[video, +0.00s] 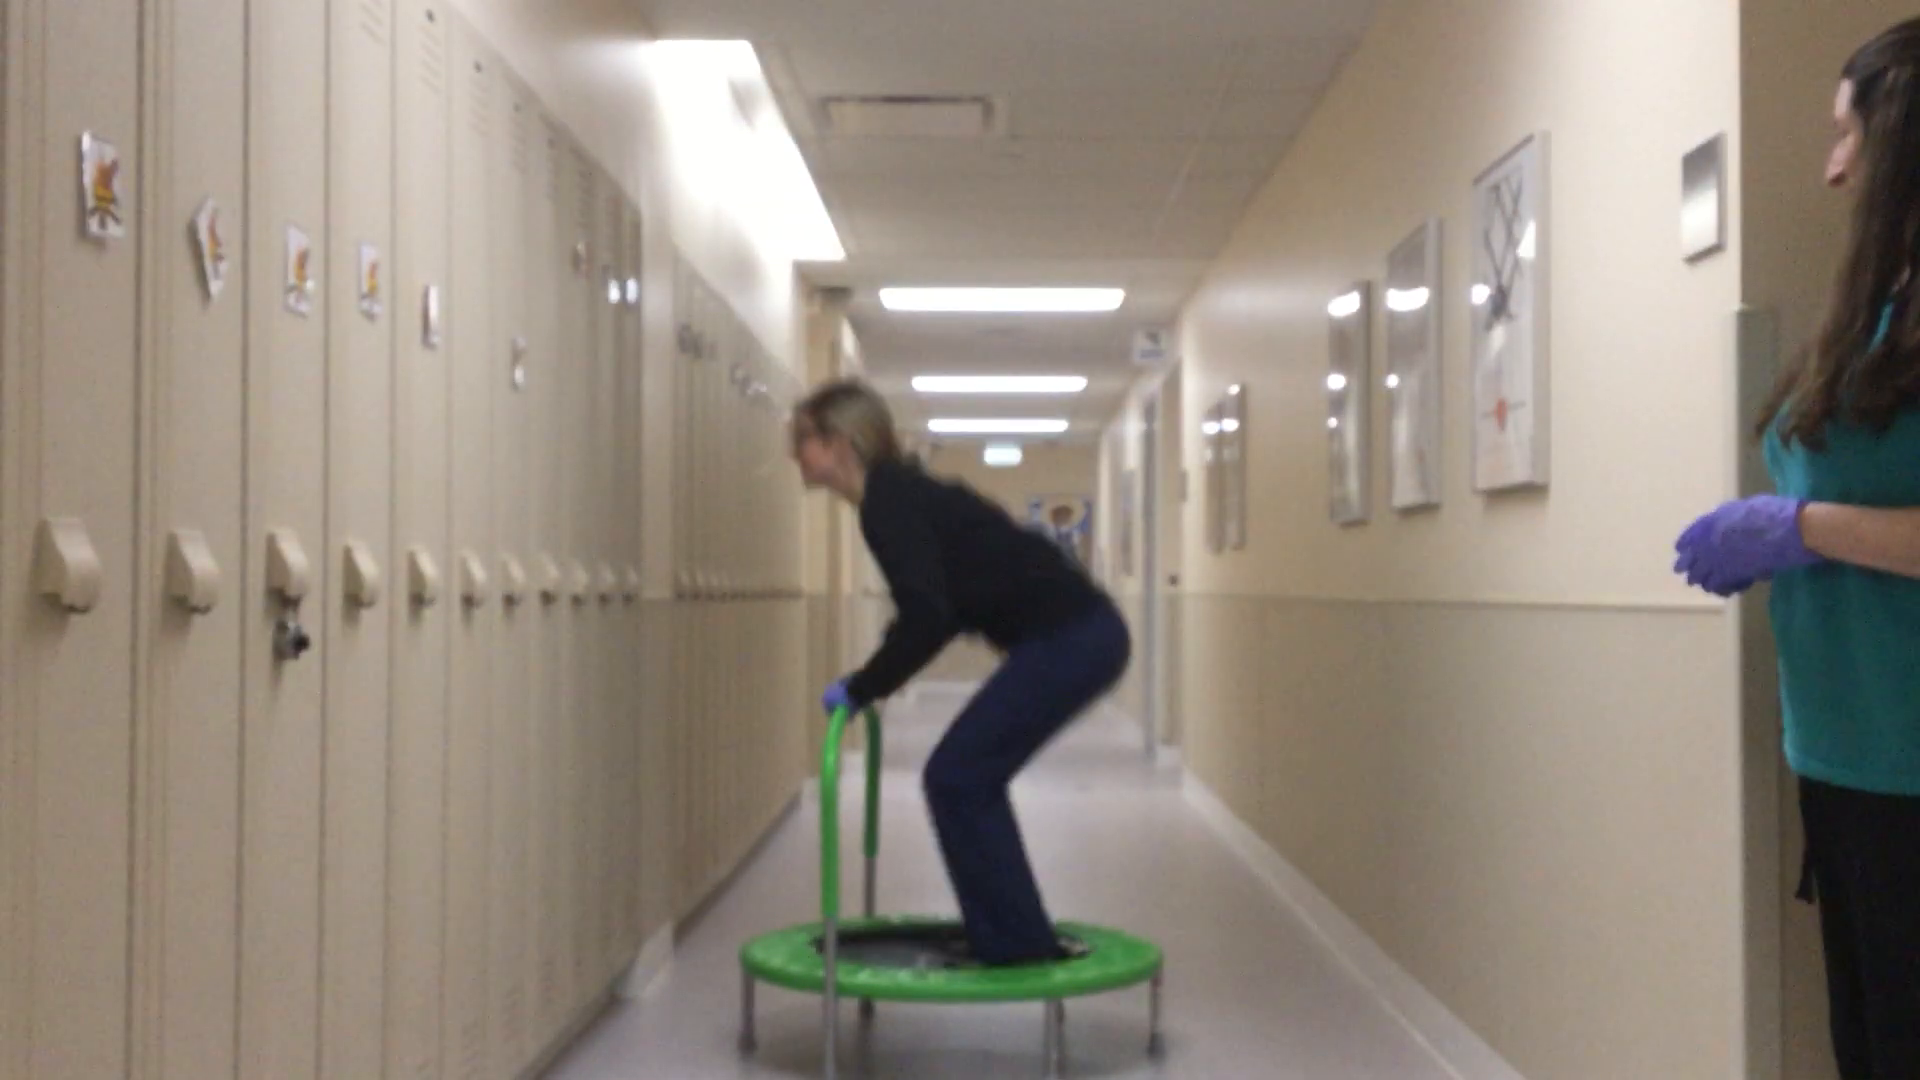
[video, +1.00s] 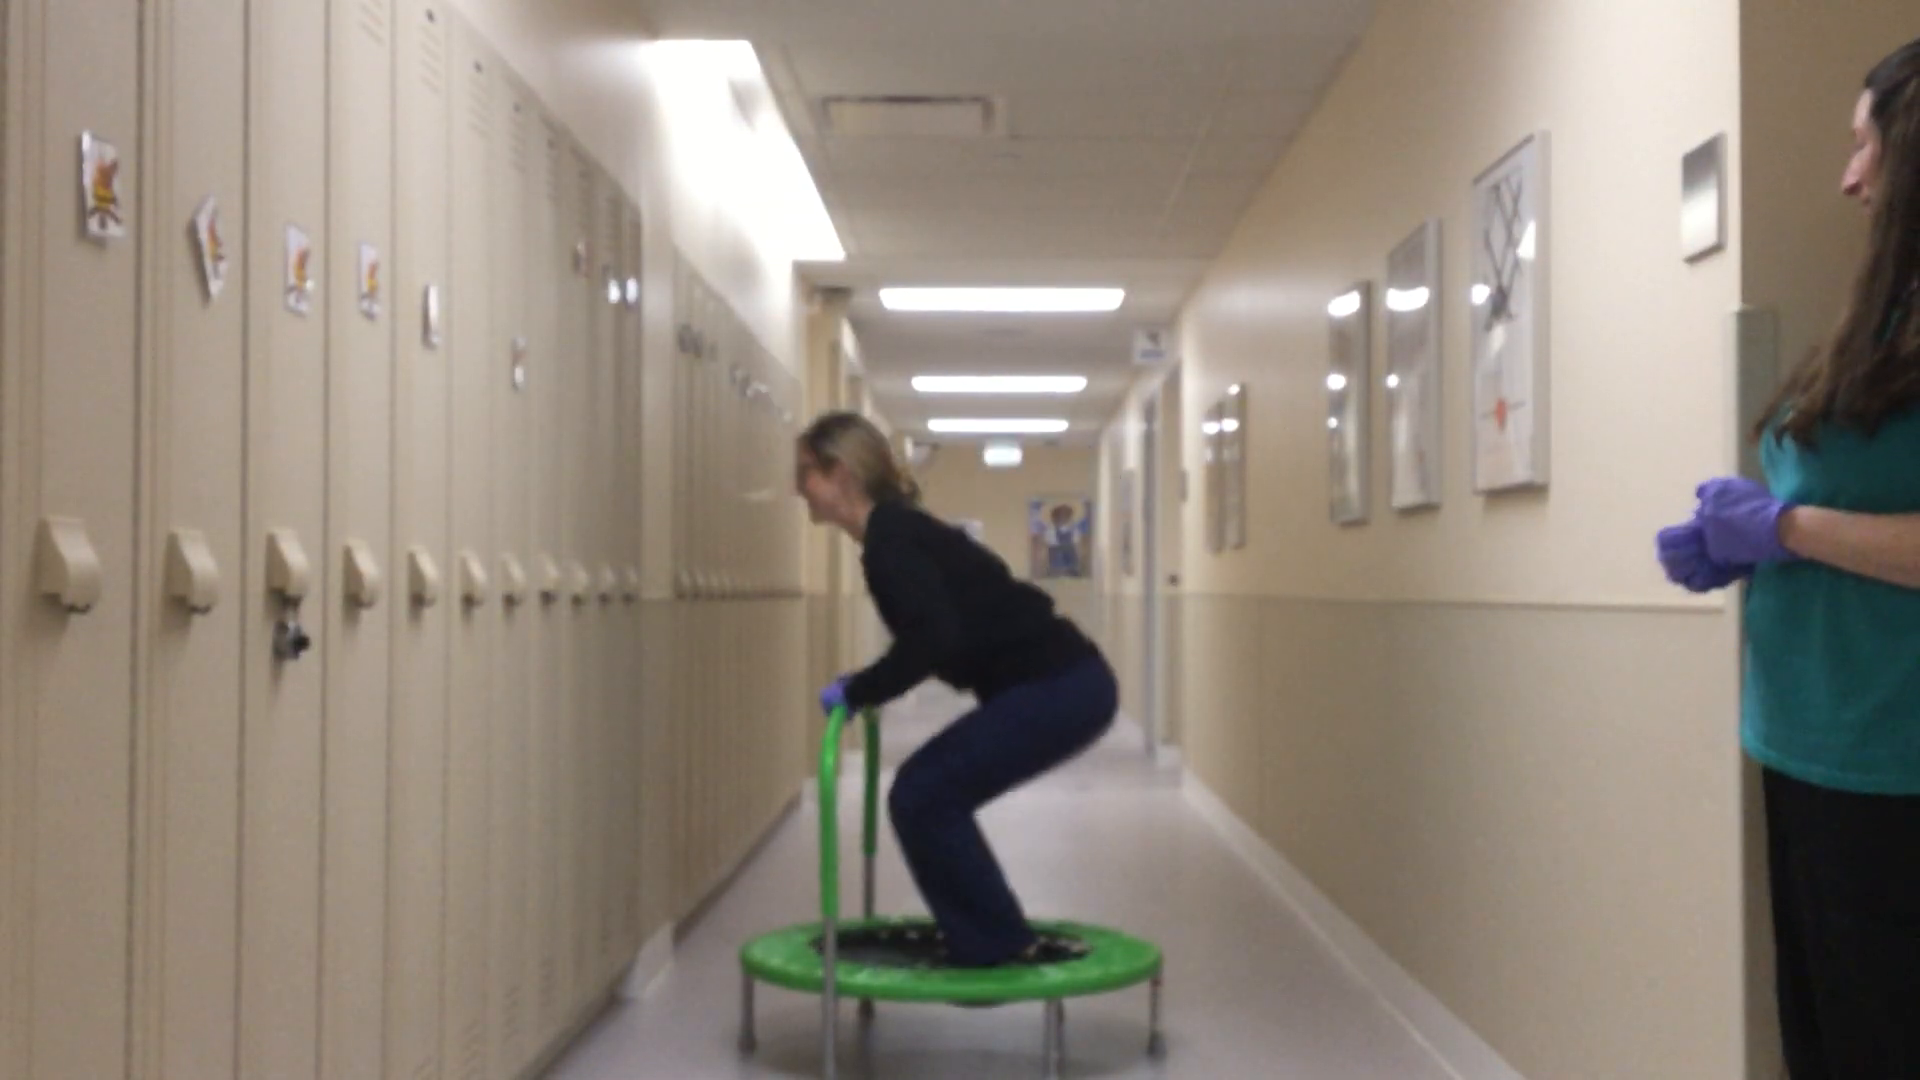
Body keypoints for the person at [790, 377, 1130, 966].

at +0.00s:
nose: (796, 458)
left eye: (802, 443)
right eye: (796, 444)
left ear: (836, 446)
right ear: (841, 446)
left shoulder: (892, 500)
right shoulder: (895, 496)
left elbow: (932, 616)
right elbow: (934, 614)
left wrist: (864, 686)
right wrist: (865, 682)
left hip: (1073, 640)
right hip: (1076, 636)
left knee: (955, 776)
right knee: (966, 776)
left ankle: (1012, 942)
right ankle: (1016, 937)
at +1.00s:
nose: (798, 488)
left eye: (805, 473)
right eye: (799, 473)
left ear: (839, 475)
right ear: (841, 477)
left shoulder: (894, 538)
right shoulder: (891, 536)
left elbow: (931, 641)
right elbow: (928, 641)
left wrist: (858, 691)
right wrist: (861, 687)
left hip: (1064, 688)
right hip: (1056, 685)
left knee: (922, 795)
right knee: (919, 792)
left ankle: (993, 943)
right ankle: (987, 937)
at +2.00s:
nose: (839, 497)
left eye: (845, 481)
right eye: (840, 482)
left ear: (878, 482)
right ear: (881, 483)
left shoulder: (933, 550)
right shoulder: (927, 549)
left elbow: (975, 662)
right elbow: (970, 663)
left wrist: (892, 705)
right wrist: (894, 698)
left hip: (1095, 707)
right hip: (1082, 703)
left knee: (943, 790)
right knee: (937, 787)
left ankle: (1018, 937)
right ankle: (999, 935)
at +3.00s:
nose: (862, 442)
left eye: (859, 426)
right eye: (854, 432)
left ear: (888, 404)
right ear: (894, 406)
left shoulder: (954, 463)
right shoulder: (951, 459)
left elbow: (979, 589)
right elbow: (977, 590)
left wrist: (916, 679)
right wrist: (916, 675)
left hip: (1094, 644)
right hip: (1086, 641)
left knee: (963, 767)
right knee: (961, 765)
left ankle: (1011, 937)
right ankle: (1002, 932)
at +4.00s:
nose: (866, 456)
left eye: (865, 440)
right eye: (857, 446)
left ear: (897, 418)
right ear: (899, 421)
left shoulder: (963, 478)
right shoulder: (951, 479)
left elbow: (977, 594)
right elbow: (967, 592)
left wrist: (880, 607)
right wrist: (881, 606)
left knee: (959, 772)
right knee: (954, 769)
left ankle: (1017, 945)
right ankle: (1008, 938)